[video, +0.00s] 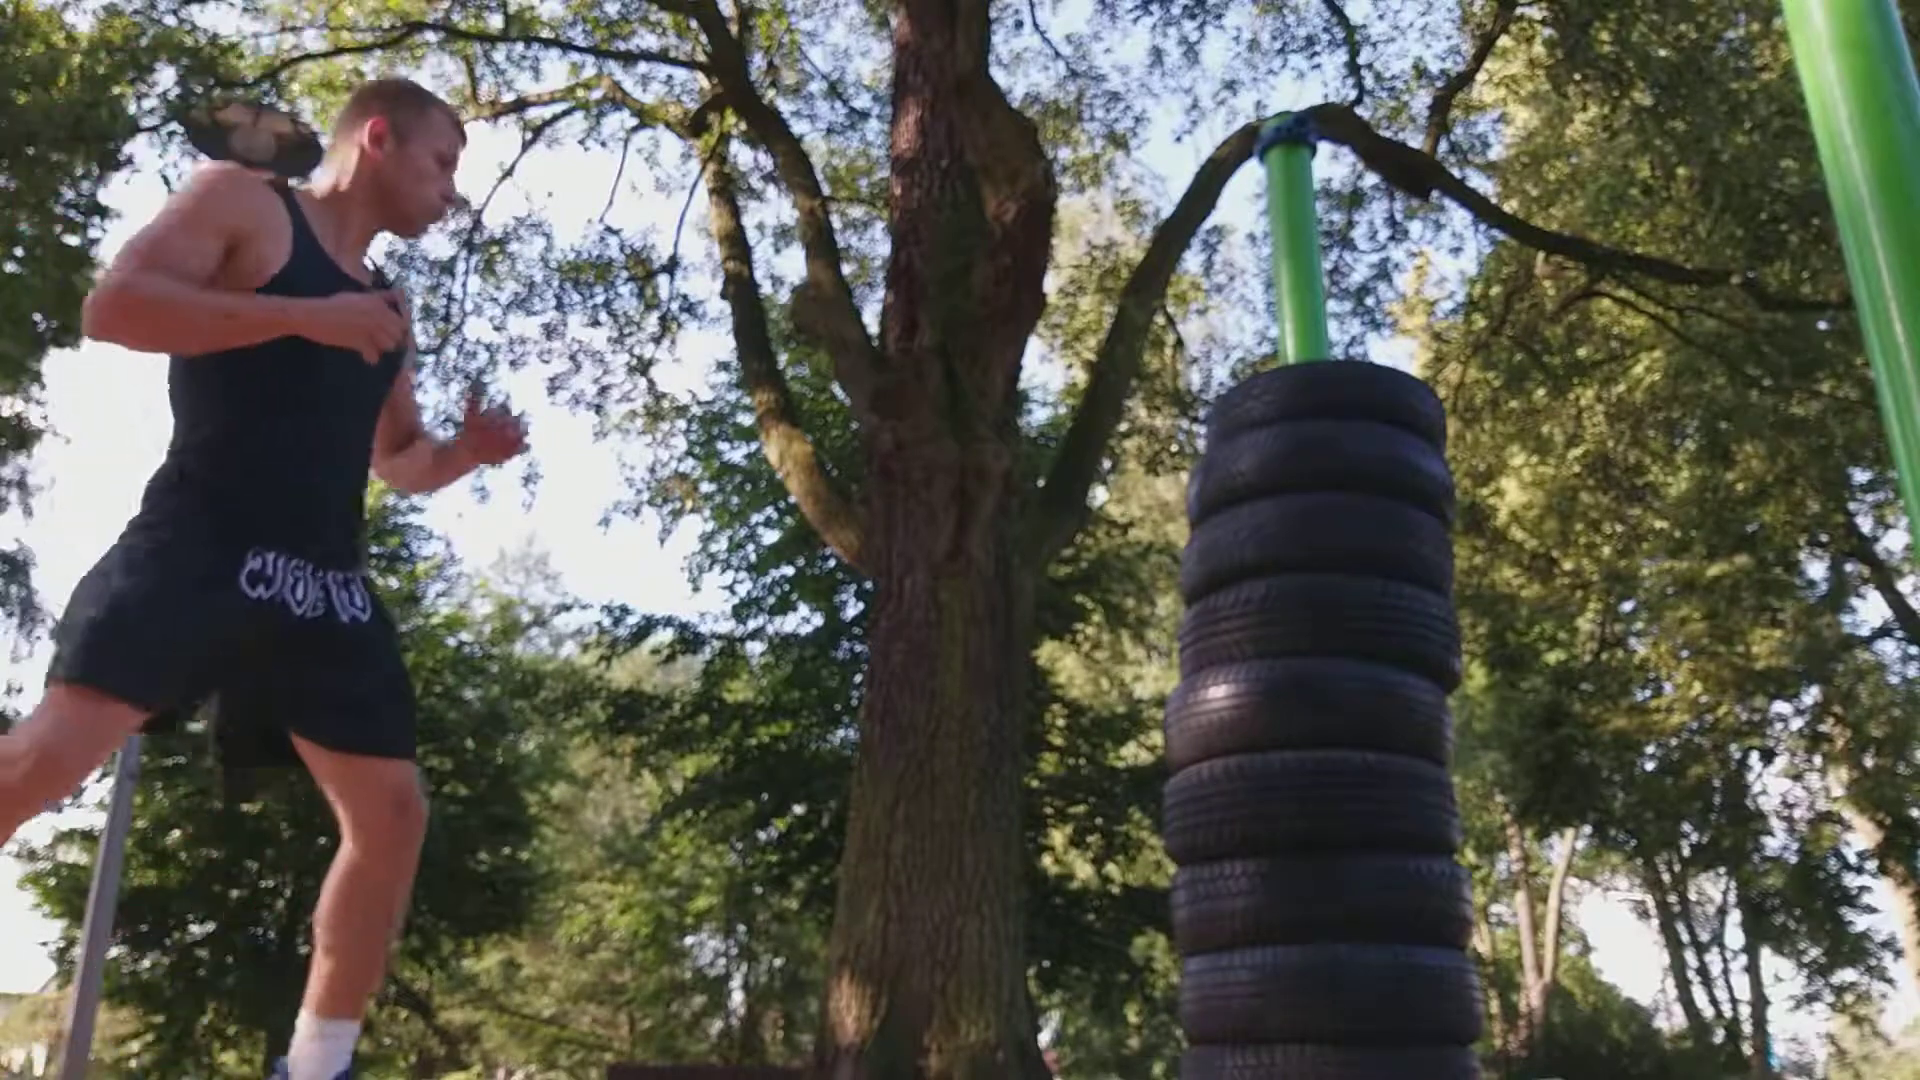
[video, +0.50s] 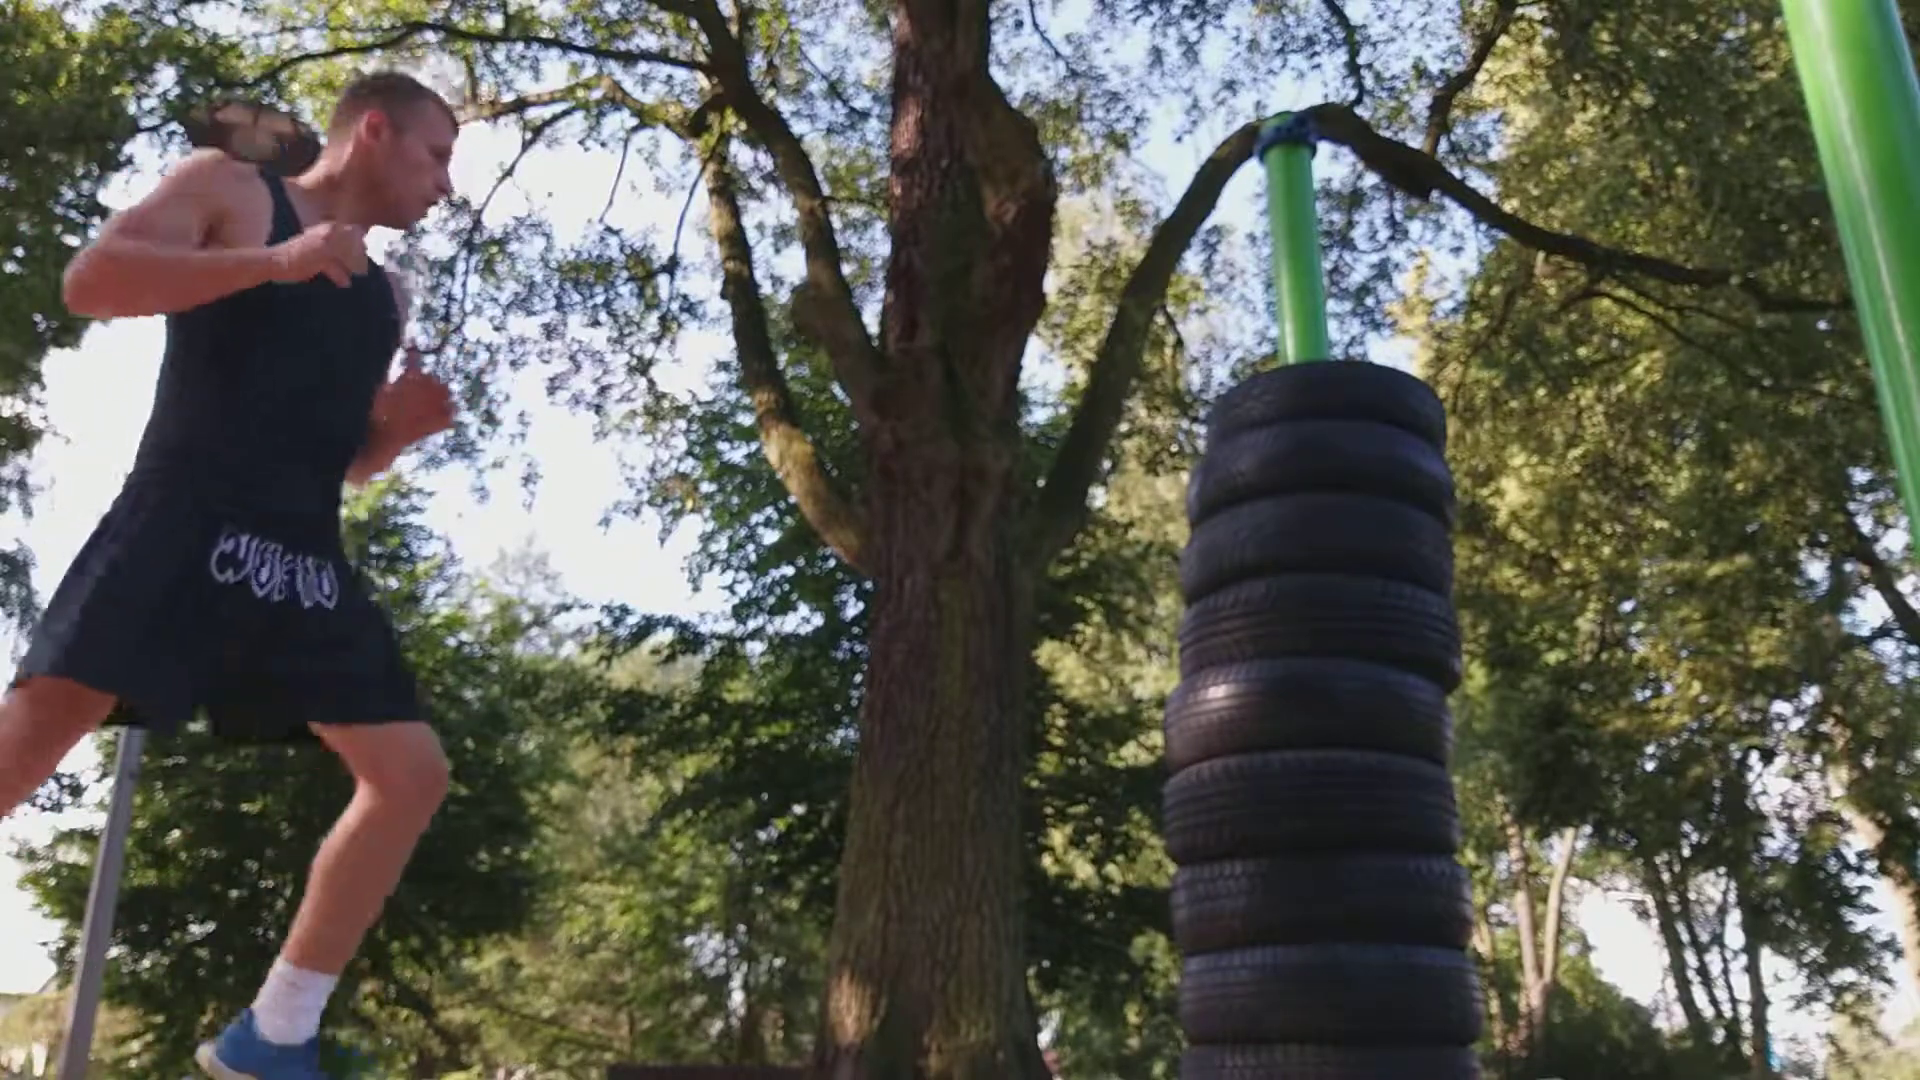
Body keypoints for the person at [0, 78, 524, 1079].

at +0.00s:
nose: (454, 189)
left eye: (458, 169)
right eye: (445, 161)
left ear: (383, 150)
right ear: (376, 139)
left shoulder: (385, 310)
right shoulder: (241, 196)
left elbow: (401, 461)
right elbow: (115, 306)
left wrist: (465, 449)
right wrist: (308, 316)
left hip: (326, 582)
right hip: (198, 545)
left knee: (389, 821)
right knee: (48, 757)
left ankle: (316, 1067)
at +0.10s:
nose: (464, 203)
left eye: (467, 185)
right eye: (454, 176)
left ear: (394, 170)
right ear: (383, 157)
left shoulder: (395, 321)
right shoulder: (245, 229)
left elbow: (385, 478)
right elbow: (130, 354)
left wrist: (482, 458)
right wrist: (307, 349)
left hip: (340, 607)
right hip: (209, 579)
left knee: (391, 822)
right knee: (48, 768)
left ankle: (313, 1068)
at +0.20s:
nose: (465, 150)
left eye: (471, 133)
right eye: (456, 124)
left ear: (403, 116)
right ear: (387, 102)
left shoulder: (403, 266)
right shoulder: (260, 155)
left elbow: (354, 420)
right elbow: (127, 276)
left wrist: (451, 409)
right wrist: (295, 293)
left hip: (336, 537)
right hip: (211, 494)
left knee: (360, 768)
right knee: (57, 691)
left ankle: (333, 1040)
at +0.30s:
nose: (453, 139)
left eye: (462, 124)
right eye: (445, 112)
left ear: (398, 109)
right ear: (375, 89)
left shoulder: (392, 256)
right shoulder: (248, 138)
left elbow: (390, 414)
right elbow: (105, 235)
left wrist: (437, 393)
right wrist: (285, 244)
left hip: (320, 519)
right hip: (195, 479)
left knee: (351, 757)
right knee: (58, 687)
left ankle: (283, 1034)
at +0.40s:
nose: (436, 170)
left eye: (441, 151)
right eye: (427, 143)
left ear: (369, 130)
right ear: (358, 118)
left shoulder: (378, 294)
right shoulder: (218, 175)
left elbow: (376, 451)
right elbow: (87, 254)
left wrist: (414, 430)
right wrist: (272, 239)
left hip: (297, 560)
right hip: (165, 523)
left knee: (351, 797)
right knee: (25, 739)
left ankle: (234, 1060)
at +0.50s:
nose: (445, 181)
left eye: (451, 164)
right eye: (437, 154)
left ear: (377, 138)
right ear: (371, 129)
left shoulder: (383, 291)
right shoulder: (229, 183)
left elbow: (334, 467)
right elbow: (94, 280)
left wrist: (392, 430)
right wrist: (270, 262)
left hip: (305, 561)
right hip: (178, 527)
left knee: (410, 773)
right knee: (27, 741)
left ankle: (277, 1032)